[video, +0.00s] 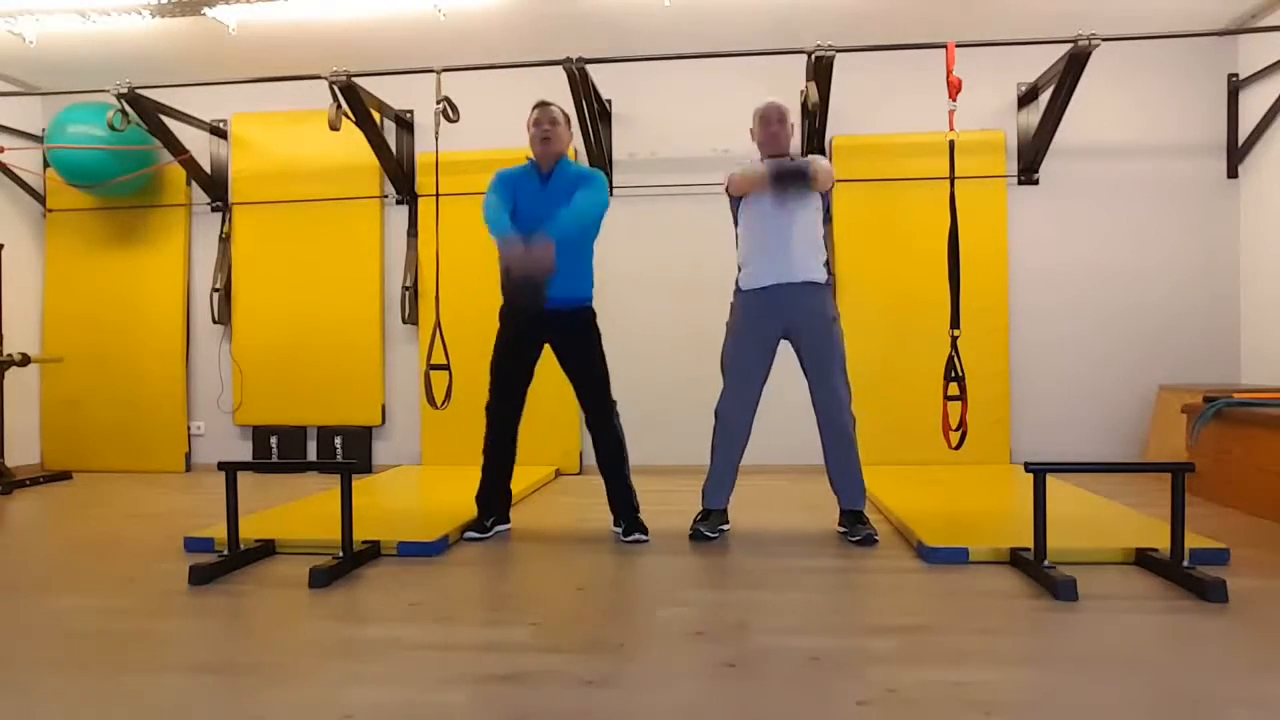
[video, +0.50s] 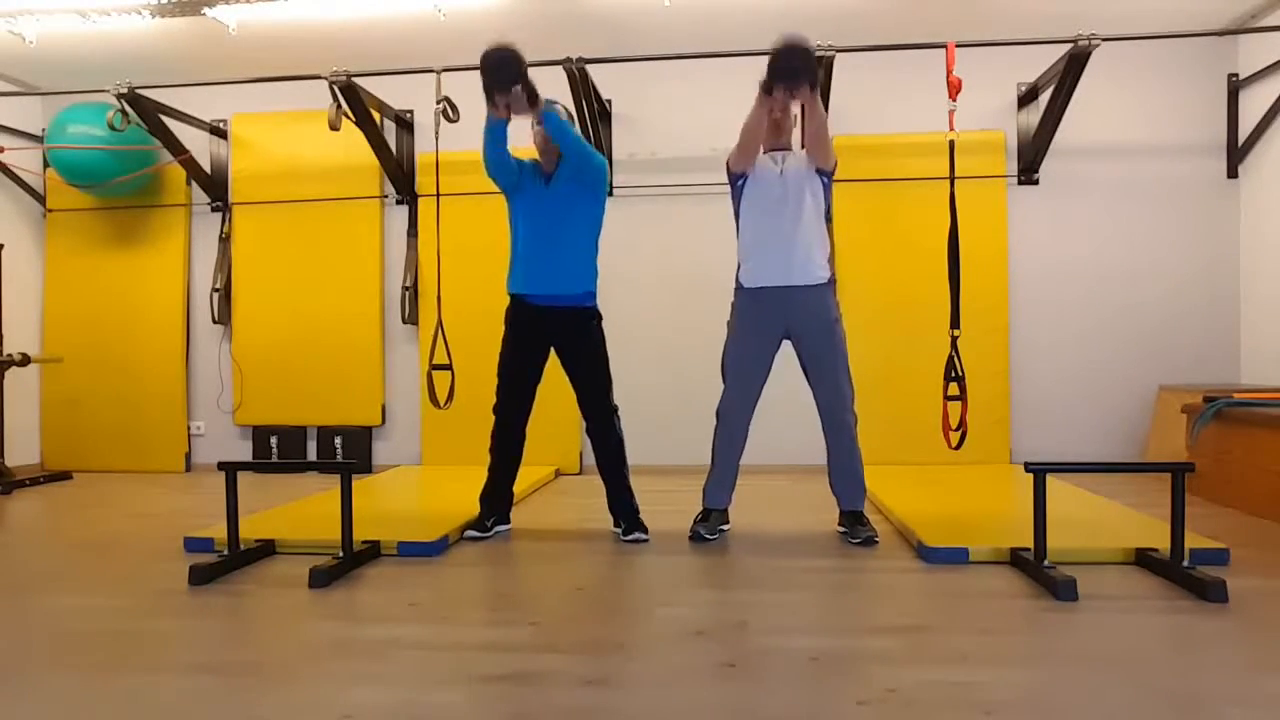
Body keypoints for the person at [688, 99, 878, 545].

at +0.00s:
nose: (776, 129)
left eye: (783, 123)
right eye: (768, 123)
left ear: (794, 130)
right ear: (754, 133)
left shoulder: (817, 168)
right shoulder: (742, 177)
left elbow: (821, 176)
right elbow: (742, 185)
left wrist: (782, 169)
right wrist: (785, 171)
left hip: (812, 298)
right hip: (755, 301)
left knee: (835, 405)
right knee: (734, 406)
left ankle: (852, 511)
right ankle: (714, 509)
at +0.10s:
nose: (785, 126)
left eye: (794, 118)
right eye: (778, 116)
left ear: (807, 119)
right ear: (762, 117)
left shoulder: (817, 167)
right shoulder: (742, 173)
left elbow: (820, 167)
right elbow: (743, 167)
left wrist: (810, 118)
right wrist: (760, 122)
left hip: (813, 298)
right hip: (756, 300)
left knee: (836, 404)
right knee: (735, 404)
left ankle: (852, 511)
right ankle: (714, 509)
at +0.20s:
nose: (776, 119)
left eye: (783, 114)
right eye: (769, 114)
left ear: (796, 125)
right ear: (756, 125)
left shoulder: (815, 169)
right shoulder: (744, 172)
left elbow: (816, 132)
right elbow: (748, 128)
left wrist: (806, 75)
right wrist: (762, 74)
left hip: (814, 299)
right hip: (756, 301)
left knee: (836, 406)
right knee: (736, 407)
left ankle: (852, 512)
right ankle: (714, 510)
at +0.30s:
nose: (775, 115)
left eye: (783, 111)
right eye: (768, 111)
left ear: (796, 123)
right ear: (755, 124)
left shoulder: (815, 167)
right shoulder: (744, 170)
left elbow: (815, 116)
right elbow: (748, 119)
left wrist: (806, 60)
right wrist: (763, 63)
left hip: (815, 298)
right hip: (756, 300)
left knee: (836, 405)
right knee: (736, 406)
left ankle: (853, 511)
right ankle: (714, 509)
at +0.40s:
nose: (776, 114)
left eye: (783, 110)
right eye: (769, 110)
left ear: (797, 120)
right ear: (757, 120)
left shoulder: (816, 165)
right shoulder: (744, 169)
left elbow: (816, 120)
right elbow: (747, 126)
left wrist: (807, 66)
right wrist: (764, 67)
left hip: (814, 298)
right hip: (755, 300)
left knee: (836, 406)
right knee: (736, 405)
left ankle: (852, 512)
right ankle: (714, 509)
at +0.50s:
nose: (780, 114)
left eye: (787, 109)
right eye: (775, 105)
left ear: (802, 114)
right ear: (761, 109)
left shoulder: (816, 161)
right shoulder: (742, 165)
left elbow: (820, 150)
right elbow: (747, 149)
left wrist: (810, 94)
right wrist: (763, 100)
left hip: (814, 299)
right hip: (756, 301)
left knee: (838, 408)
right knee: (735, 406)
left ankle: (852, 512)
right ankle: (714, 509)